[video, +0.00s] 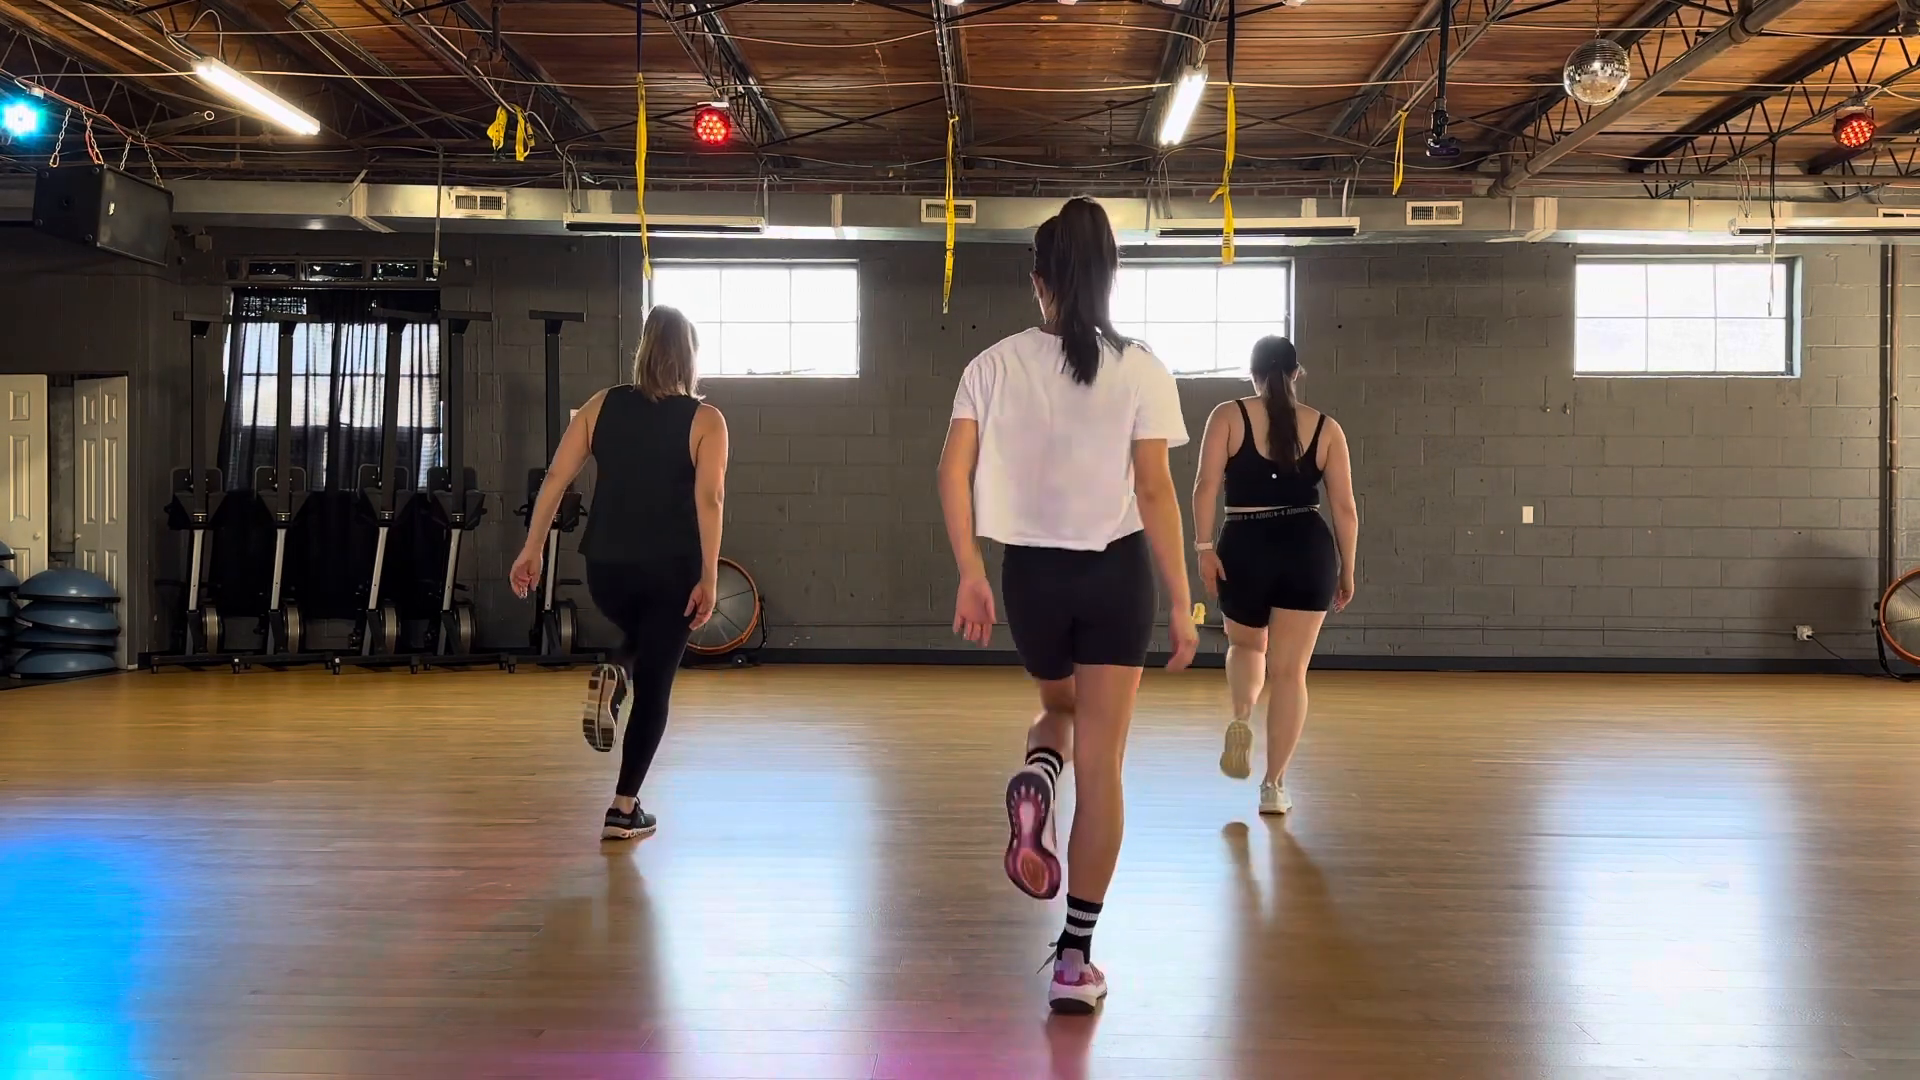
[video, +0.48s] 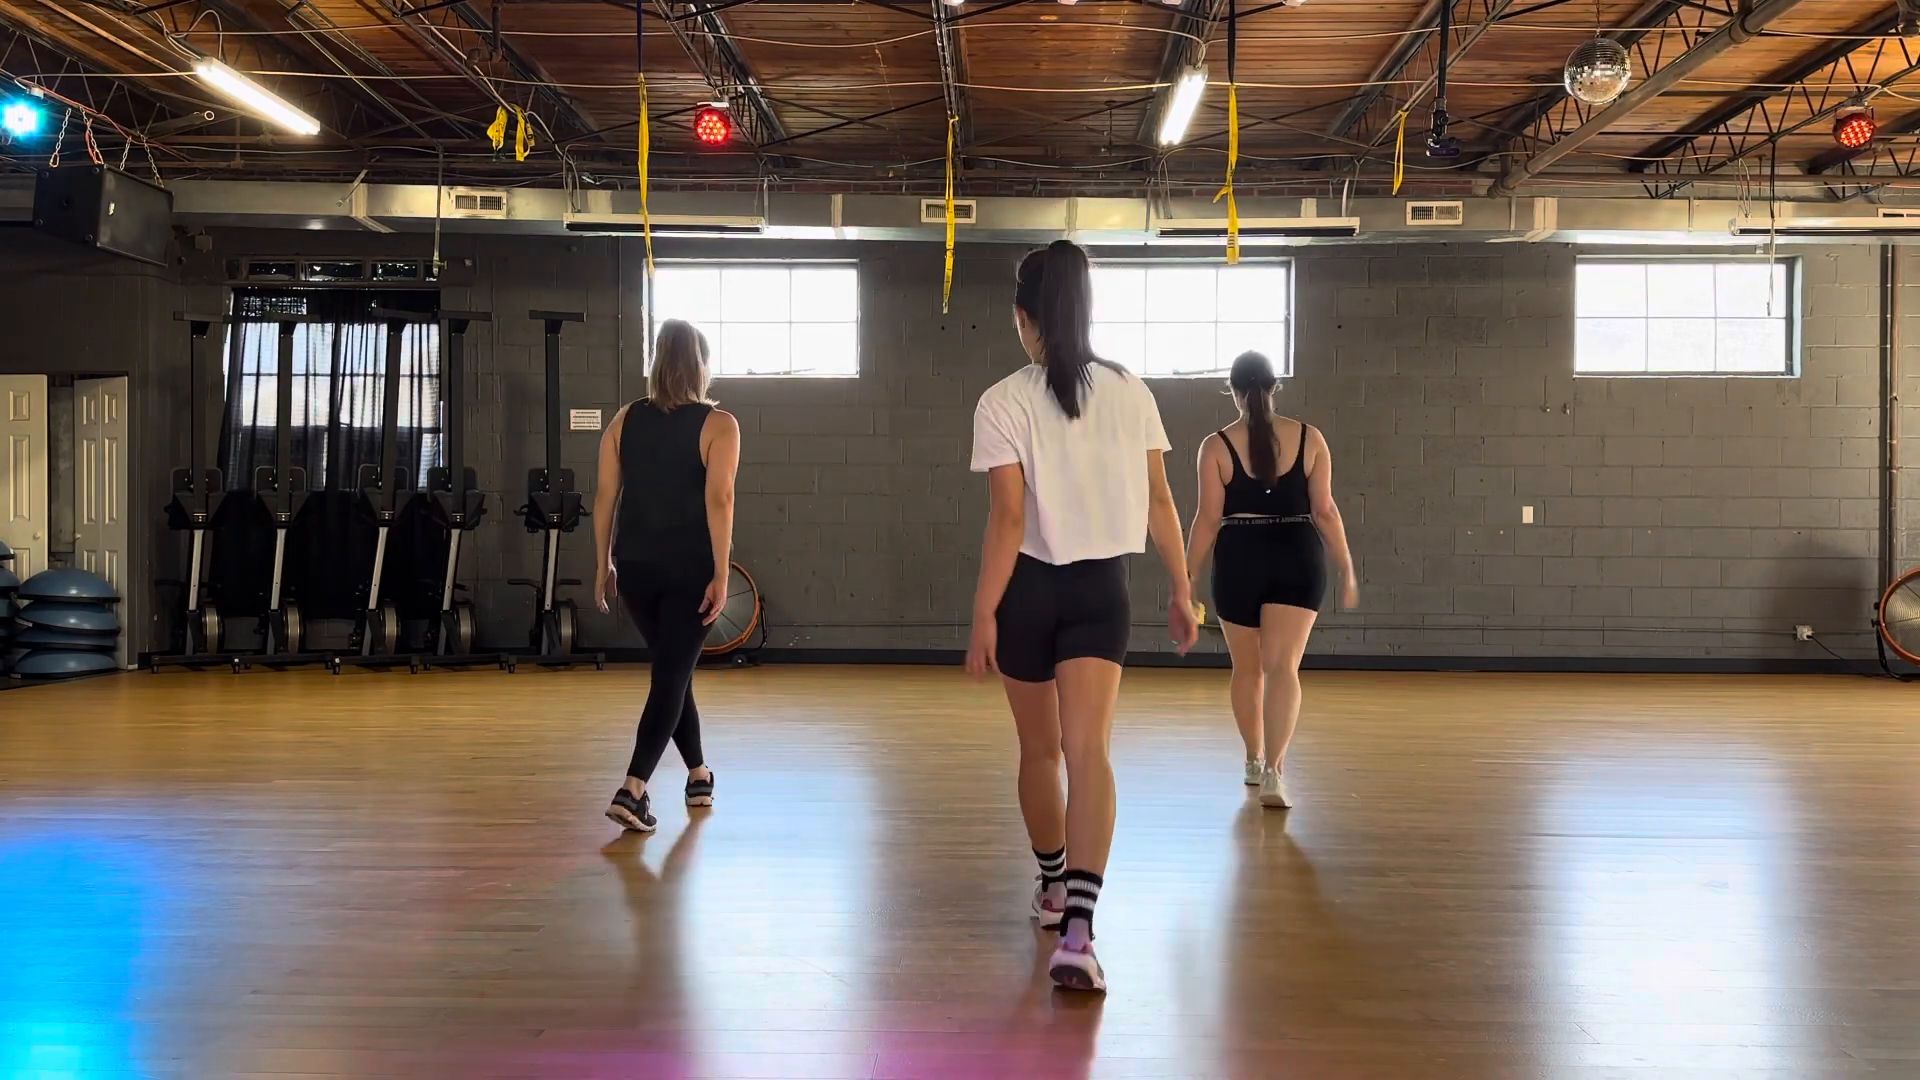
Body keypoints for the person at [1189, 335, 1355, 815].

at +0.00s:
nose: (1287, 377)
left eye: (1258, 371)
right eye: (1293, 368)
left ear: (1253, 374)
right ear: (1297, 373)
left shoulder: (1228, 416)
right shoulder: (1326, 428)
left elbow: (1206, 485)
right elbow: (1344, 507)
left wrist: (1204, 546)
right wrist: (1348, 568)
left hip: (1245, 551)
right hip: (1309, 554)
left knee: (1247, 646)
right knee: (1290, 671)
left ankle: (1241, 717)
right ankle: (1274, 783)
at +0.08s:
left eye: (1254, 370)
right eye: (1286, 369)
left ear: (1250, 374)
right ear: (1293, 373)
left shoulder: (1227, 418)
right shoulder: (1324, 426)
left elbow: (1212, 487)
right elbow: (1343, 506)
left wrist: (1206, 547)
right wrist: (1342, 567)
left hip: (1244, 550)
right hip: (1307, 553)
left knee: (1248, 627)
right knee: (1288, 671)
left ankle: (1247, 706)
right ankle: (1274, 783)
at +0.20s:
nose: (1254, 380)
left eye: (1247, 372)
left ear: (1245, 377)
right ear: (1287, 374)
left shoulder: (1226, 422)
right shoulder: (1320, 425)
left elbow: (1218, 496)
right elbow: (1341, 502)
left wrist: (1202, 563)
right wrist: (1334, 562)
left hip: (1242, 550)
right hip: (1304, 553)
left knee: (1249, 633)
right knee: (1287, 670)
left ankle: (1253, 732)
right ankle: (1273, 780)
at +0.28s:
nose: (1249, 384)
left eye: (1243, 376)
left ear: (1242, 381)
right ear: (1283, 377)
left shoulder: (1224, 430)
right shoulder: (1318, 428)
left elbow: (1217, 508)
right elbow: (1337, 505)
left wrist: (1202, 572)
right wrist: (1332, 565)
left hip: (1243, 556)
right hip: (1304, 557)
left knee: (1249, 656)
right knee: (1287, 670)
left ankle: (1253, 746)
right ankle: (1274, 780)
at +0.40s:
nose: (1248, 391)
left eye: (1242, 383)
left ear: (1238, 387)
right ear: (1280, 383)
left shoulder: (1221, 440)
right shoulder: (1316, 436)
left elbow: (1215, 515)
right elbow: (1328, 510)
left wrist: (1198, 577)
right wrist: (1336, 568)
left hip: (1241, 564)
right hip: (1303, 562)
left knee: (1247, 670)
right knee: (1285, 670)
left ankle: (1253, 758)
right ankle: (1274, 777)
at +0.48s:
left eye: (1238, 385)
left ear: (1234, 390)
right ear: (1275, 386)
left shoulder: (1216, 446)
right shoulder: (1309, 439)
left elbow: (1208, 520)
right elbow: (1324, 510)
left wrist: (1188, 579)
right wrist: (1347, 567)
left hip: (1239, 564)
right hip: (1299, 562)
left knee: (1246, 669)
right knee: (1284, 667)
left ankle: (1254, 759)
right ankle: (1274, 769)